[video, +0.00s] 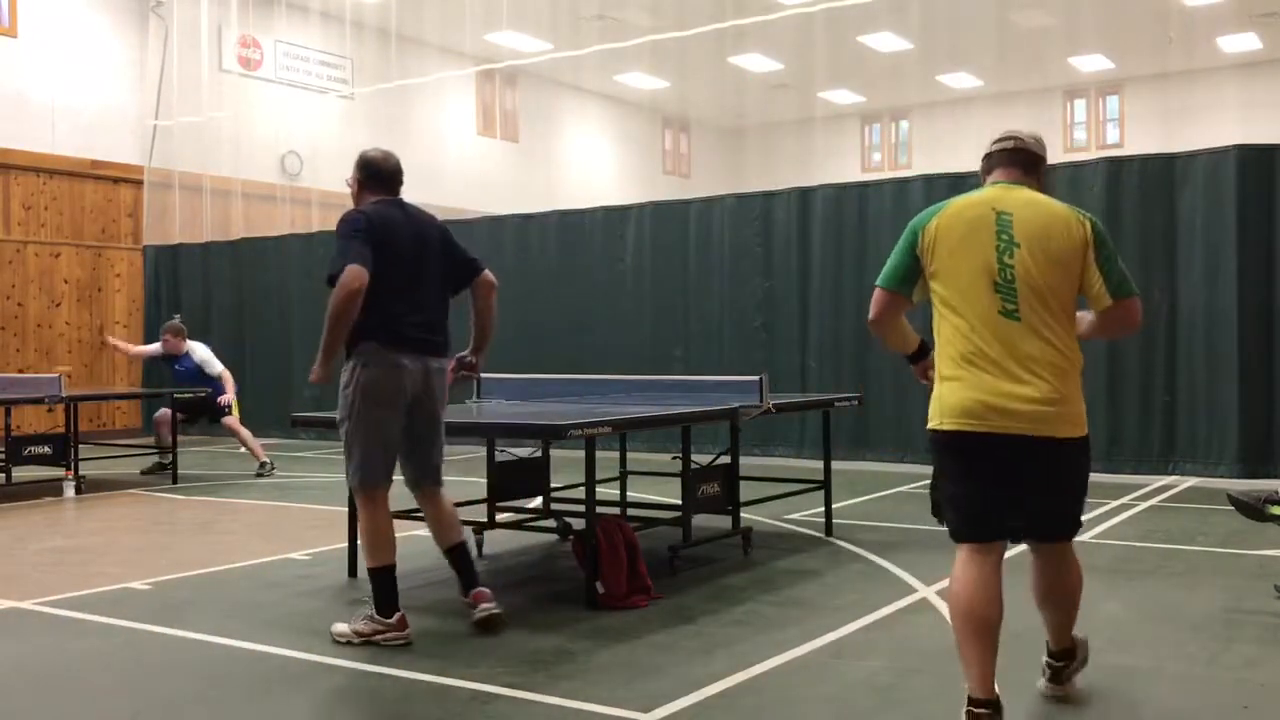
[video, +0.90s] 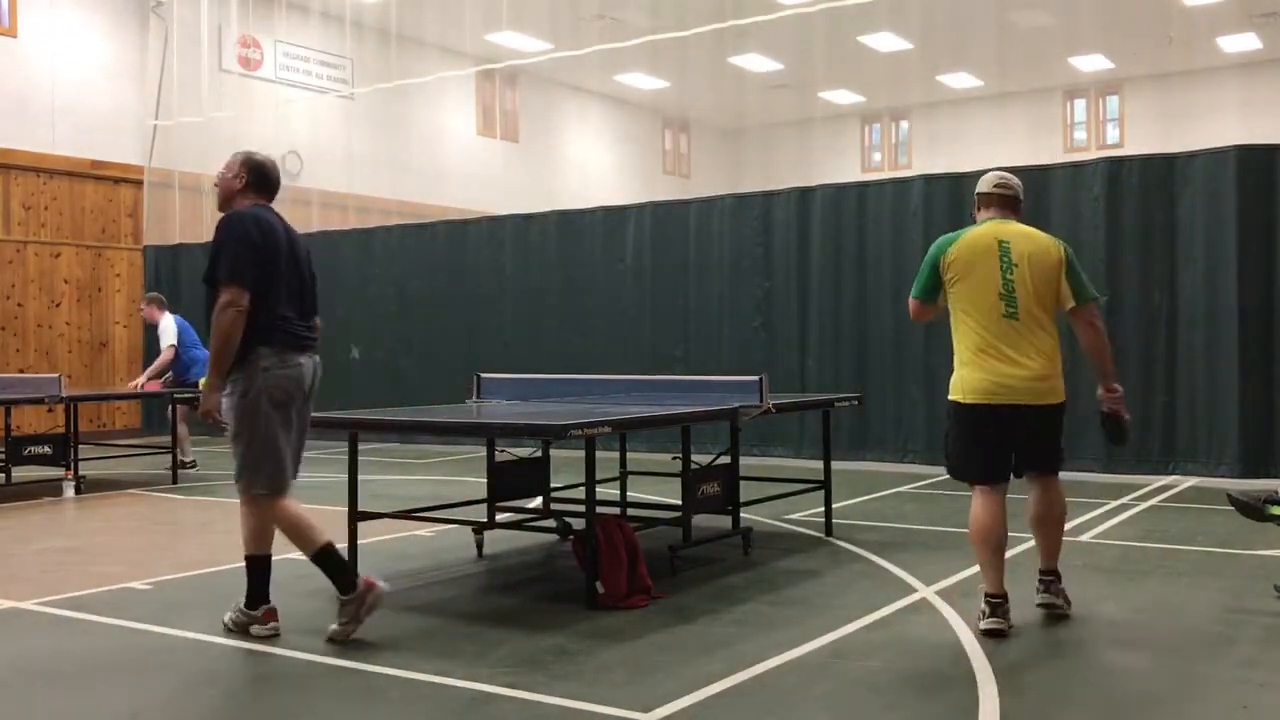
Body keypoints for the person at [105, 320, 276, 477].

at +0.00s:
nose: (163, 344)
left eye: (166, 341)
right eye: (162, 341)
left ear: (179, 340)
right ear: (168, 341)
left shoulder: (199, 351)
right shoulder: (165, 349)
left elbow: (225, 374)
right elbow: (134, 350)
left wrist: (229, 393)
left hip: (216, 398)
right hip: (190, 400)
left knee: (230, 423)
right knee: (161, 418)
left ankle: (264, 461)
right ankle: (164, 461)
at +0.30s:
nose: (167, 332)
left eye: (170, 327)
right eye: (167, 328)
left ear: (183, 327)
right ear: (177, 328)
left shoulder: (205, 344)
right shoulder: (175, 348)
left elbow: (231, 368)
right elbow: (157, 362)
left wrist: (235, 397)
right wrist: (133, 354)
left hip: (218, 401)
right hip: (194, 401)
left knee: (235, 425)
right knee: (166, 415)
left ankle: (268, 461)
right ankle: (164, 461)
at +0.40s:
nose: (169, 322)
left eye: (173, 318)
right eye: (169, 318)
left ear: (187, 319)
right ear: (183, 321)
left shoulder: (208, 337)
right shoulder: (183, 342)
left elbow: (231, 363)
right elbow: (180, 364)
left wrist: (221, 391)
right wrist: (154, 367)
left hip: (230, 389)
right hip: (206, 390)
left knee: (237, 422)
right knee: (173, 413)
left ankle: (269, 461)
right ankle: (169, 459)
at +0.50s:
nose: (169, 319)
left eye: (173, 314)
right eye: (169, 315)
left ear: (187, 315)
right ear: (182, 317)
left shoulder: (204, 332)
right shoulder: (186, 339)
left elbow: (225, 358)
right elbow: (194, 365)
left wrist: (200, 377)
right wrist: (167, 375)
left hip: (230, 383)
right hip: (209, 385)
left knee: (237, 421)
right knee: (177, 411)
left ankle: (268, 460)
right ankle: (176, 458)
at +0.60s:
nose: (164, 320)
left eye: (167, 316)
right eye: (164, 316)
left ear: (180, 315)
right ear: (178, 316)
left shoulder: (198, 331)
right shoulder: (185, 338)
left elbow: (206, 360)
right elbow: (193, 371)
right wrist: (172, 383)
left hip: (226, 382)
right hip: (205, 384)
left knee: (238, 421)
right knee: (178, 414)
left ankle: (268, 459)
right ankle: (187, 459)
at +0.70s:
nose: (156, 320)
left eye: (158, 315)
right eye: (156, 316)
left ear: (171, 314)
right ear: (171, 315)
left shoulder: (187, 329)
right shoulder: (184, 332)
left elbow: (185, 360)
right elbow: (192, 370)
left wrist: (152, 373)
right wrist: (172, 386)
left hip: (221, 385)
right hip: (204, 386)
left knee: (236, 418)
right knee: (176, 414)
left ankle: (265, 457)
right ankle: (186, 458)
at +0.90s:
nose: (142, 314)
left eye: (143, 309)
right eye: (141, 309)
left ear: (155, 308)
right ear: (157, 309)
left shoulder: (167, 322)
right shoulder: (171, 321)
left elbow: (168, 354)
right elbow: (186, 355)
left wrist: (144, 377)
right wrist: (171, 375)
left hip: (198, 374)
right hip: (189, 376)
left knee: (175, 415)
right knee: (175, 414)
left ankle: (187, 458)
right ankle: (186, 458)